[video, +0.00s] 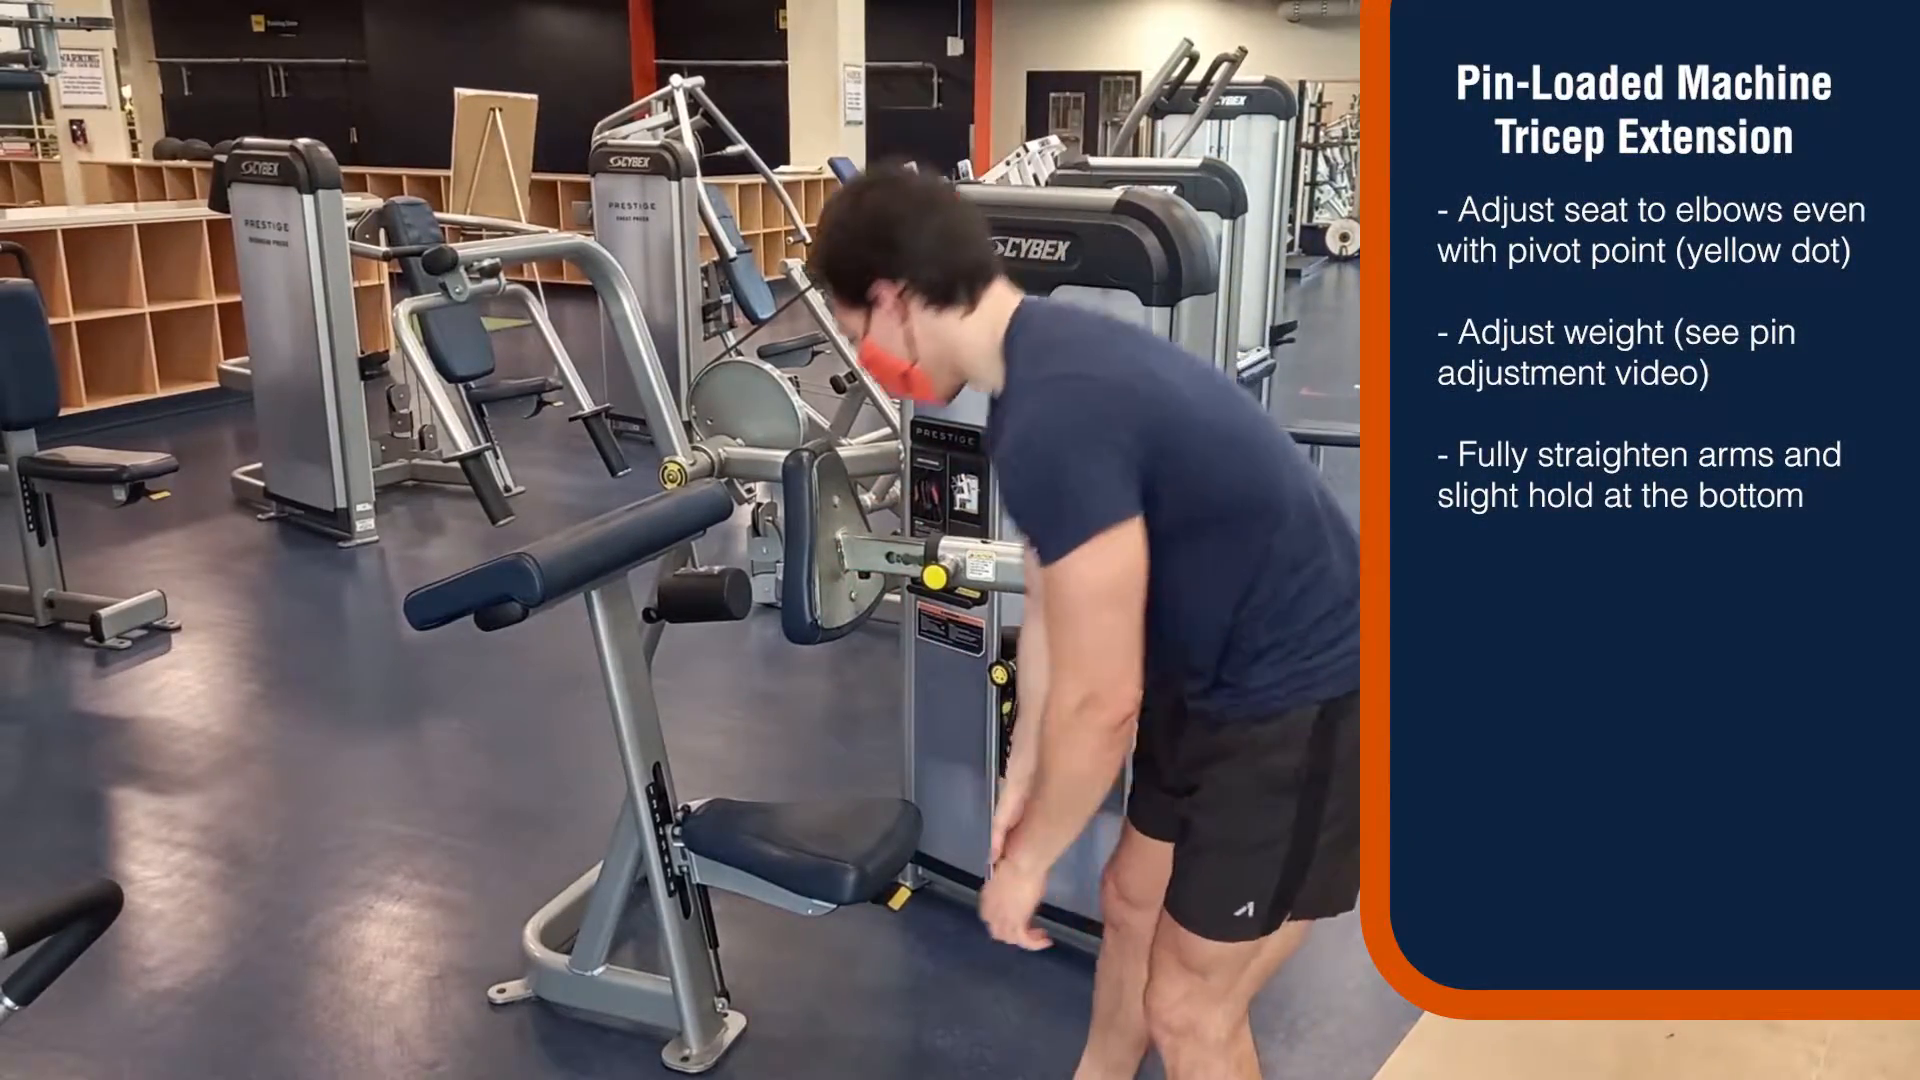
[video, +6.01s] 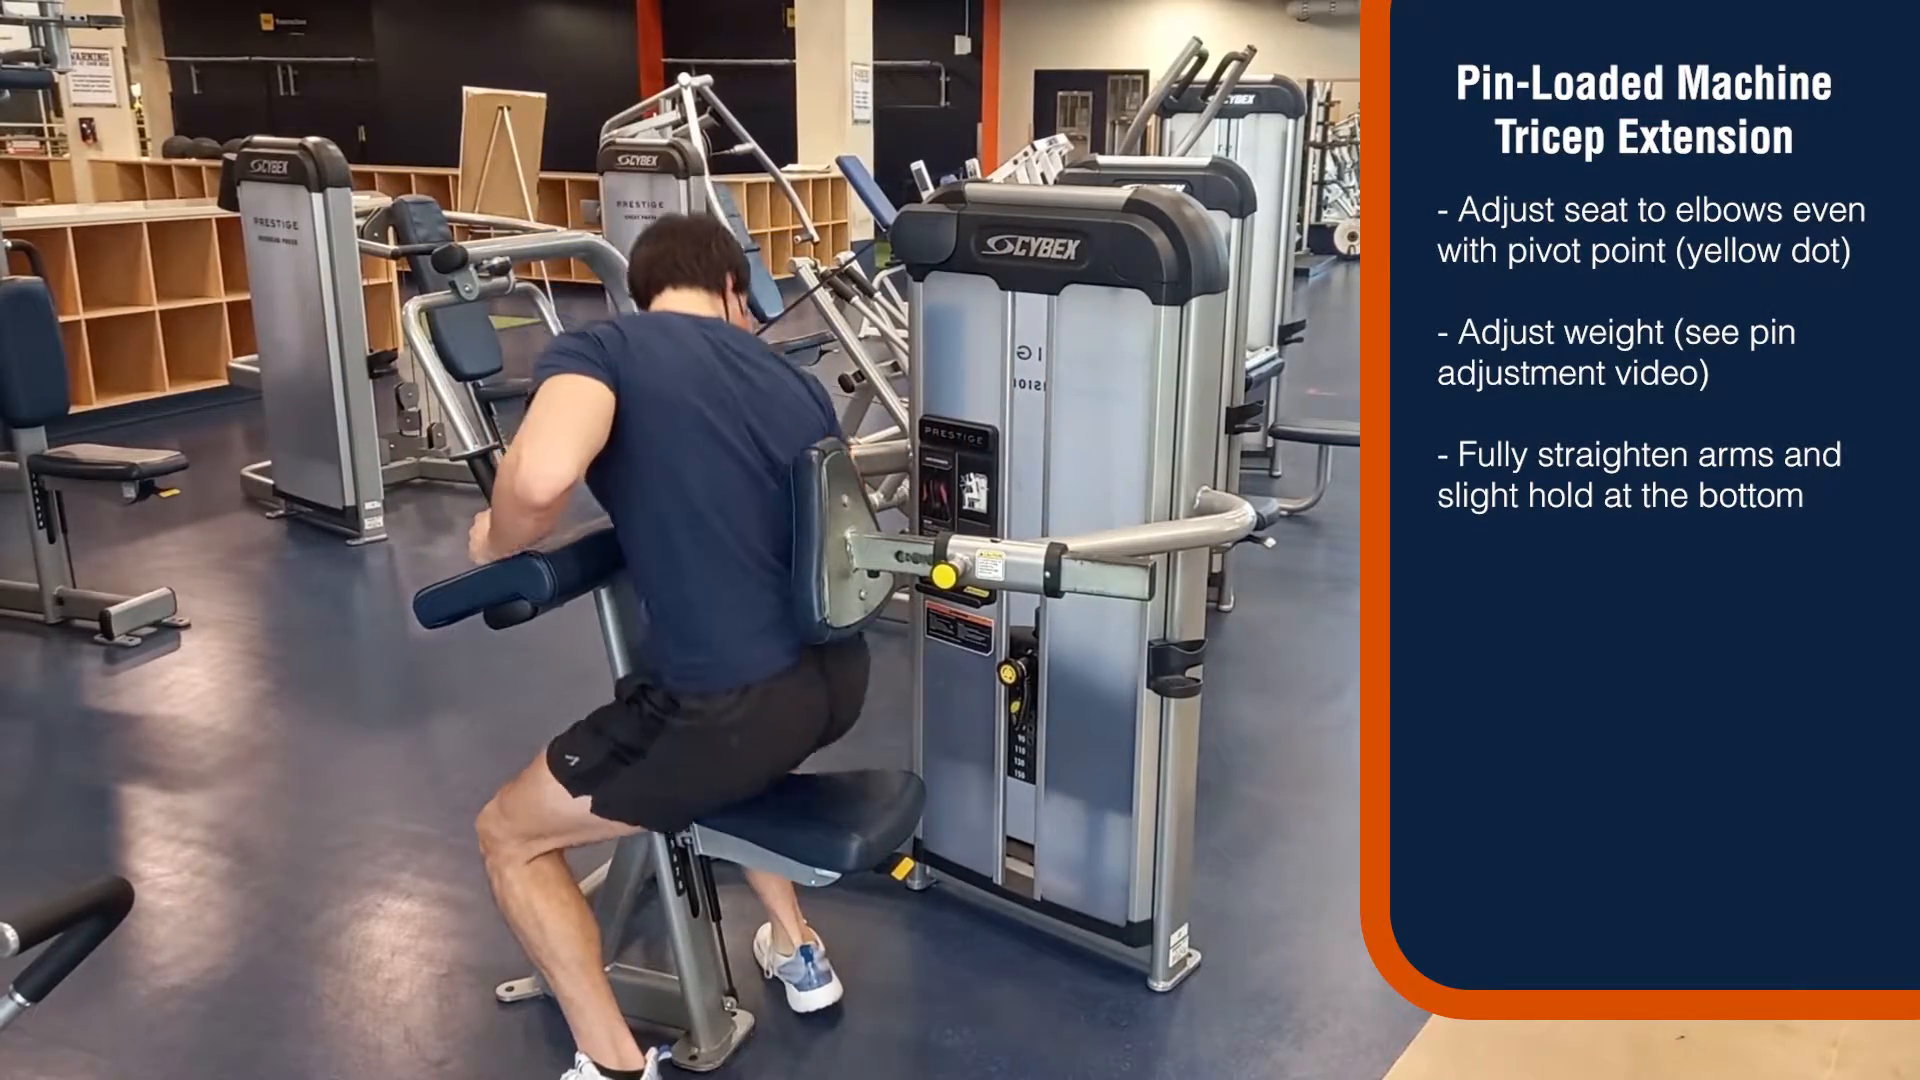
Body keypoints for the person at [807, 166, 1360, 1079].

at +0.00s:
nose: (867, 360)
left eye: (858, 332)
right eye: (854, 338)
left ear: (895, 299)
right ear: (911, 296)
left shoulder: (1061, 410)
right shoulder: (1032, 379)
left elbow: (1105, 705)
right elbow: (1045, 615)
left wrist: (1028, 862)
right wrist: (1023, 782)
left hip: (1301, 688)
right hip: (1204, 674)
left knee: (1191, 1008)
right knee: (1134, 902)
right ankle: (1104, 1070)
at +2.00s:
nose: (761, 526)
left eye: (757, 504)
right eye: (754, 508)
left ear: (795, 492)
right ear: (874, 453)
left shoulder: (858, 607)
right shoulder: (970, 487)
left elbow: (867, 825)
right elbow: (1032, 692)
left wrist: (815, 829)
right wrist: (903, 801)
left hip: (1258, 747)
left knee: (1067, 1047)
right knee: (1052, 872)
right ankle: (1110, 1051)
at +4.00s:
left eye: (667, 76)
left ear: (670, 84)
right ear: (793, 93)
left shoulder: (598, 233)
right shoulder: (877, 226)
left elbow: (549, 489)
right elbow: (951, 429)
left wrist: (525, 504)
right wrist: (834, 457)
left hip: (693, 646)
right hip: (862, 631)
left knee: (632, 908)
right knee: (879, 917)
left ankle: (597, 1071)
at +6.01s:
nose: (752, 309)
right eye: (750, 297)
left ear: (637, 296)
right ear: (735, 293)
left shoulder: (607, 343)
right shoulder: (791, 377)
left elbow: (539, 478)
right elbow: (838, 511)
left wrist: (500, 543)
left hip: (722, 714)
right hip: (838, 677)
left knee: (508, 833)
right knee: (722, 760)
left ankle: (614, 1060)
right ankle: (796, 944)